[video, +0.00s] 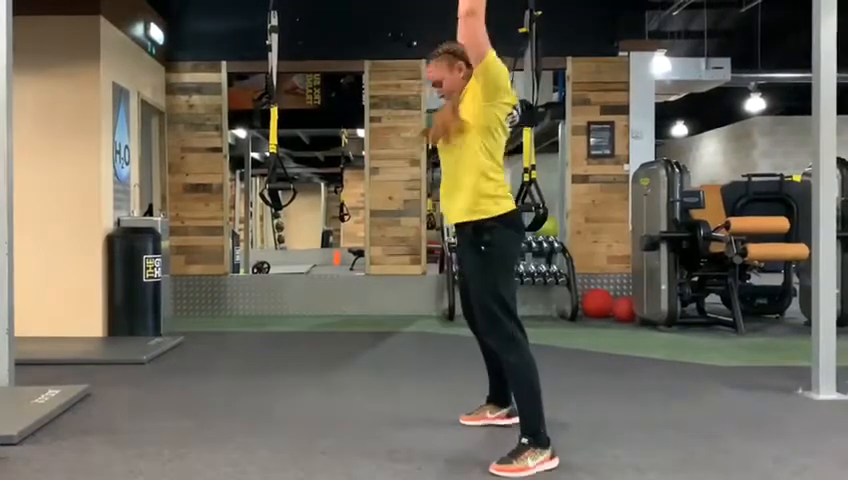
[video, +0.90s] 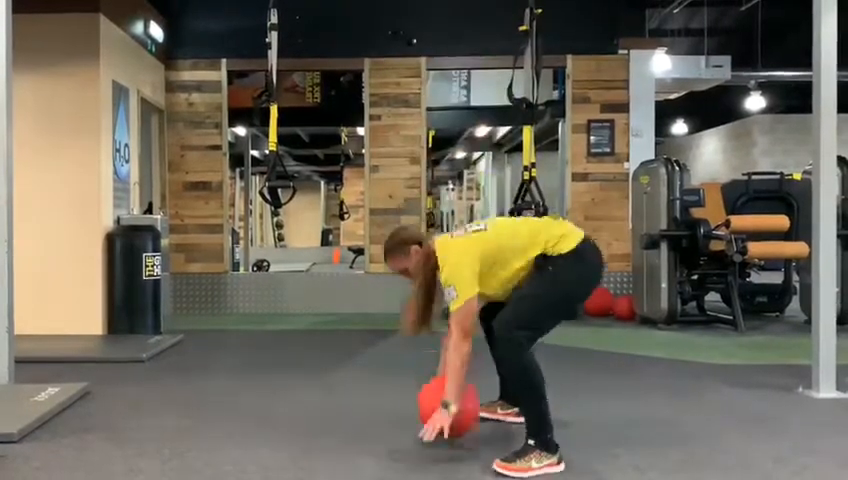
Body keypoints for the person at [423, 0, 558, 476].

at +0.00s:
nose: (437, 89)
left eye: (441, 81)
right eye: (434, 84)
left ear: (462, 68)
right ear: (448, 77)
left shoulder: (490, 85)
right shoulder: (454, 106)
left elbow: (472, 13)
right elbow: (436, 137)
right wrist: (453, 109)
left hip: (491, 224)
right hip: (468, 226)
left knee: (501, 326)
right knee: (478, 317)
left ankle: (538, 443)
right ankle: (501, 402)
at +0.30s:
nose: (444, 77)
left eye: (450, 70)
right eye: (443, 72)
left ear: (475, 64)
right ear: (462, 71)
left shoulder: (502, 85)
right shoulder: (468, 107)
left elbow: (438, 68)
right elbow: (434, 141)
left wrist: (425, 18)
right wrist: (459, 98)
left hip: (504, 226)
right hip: (482, 228)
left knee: (497, 327)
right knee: (478, 321)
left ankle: (537, 444)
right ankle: (500, 403)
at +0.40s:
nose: (442, 107)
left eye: (442, 98)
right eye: (438, 100)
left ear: (461, 81)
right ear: (457, 84)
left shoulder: (496, 95)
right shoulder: (474, 111)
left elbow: (456, 147)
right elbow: (445, 149)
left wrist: (406, 127)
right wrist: (396, 142)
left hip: (531, 221)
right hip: (508, 226)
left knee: (504, 316)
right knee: (489, 310)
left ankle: (535, 439)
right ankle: (503, 399)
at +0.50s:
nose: (430, 138)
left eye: (429, 128)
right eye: (426, 131)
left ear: (447, 111)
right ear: (446, 113)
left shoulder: (482, 134)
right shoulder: (470, 137)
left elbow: (485, 204)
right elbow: (468, 201)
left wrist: (438, 247)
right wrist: (440, 243)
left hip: (548, 235)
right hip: (528, 237)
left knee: (509, 324)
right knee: (495, 317)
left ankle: (541, 445)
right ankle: (512, 403)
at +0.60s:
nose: (416, 177)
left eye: (414, 168)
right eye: (411, 171)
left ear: (432, 150)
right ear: (428, 155)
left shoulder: (472, 171)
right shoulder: (456, 179)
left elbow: (501, 243)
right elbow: (479, 243)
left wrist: (477, 299)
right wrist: (471, 298)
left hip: (562, 244)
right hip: (535, 246)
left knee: (510, 331)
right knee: (494, 316)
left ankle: (543, 448)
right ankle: (511, 401)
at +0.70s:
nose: (411, 213)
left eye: (410, 204)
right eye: (406, 208)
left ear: (426, 184)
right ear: (424, 187)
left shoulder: (465, 201)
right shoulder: (451, 206)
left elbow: (489, 268)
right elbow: (472, 270)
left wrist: (475, 335)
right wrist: (463, 329)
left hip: (568, 251)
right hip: (545, 252)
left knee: (511, 335)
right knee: (498, 323)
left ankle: (546, 447)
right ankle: (513, 401)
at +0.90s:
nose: (408, 277)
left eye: (405, 270)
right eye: (402, 273)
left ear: (418, 251)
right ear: (418, 251)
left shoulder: (456, 257)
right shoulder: (445, 253)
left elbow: (462, 338)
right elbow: (456, 330)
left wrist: (449, 405)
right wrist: (443, 388)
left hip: (574, 258)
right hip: (554, 255)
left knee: (509, 333)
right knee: (493, 315)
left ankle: (544, 448)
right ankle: (512, 402)